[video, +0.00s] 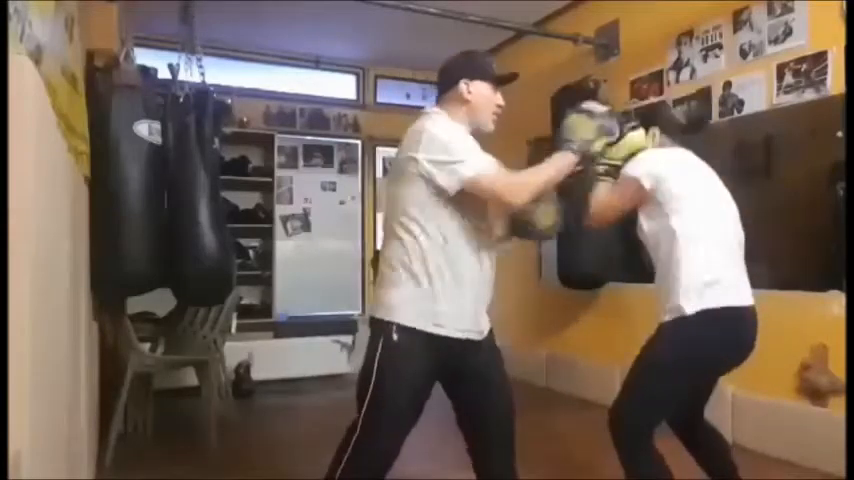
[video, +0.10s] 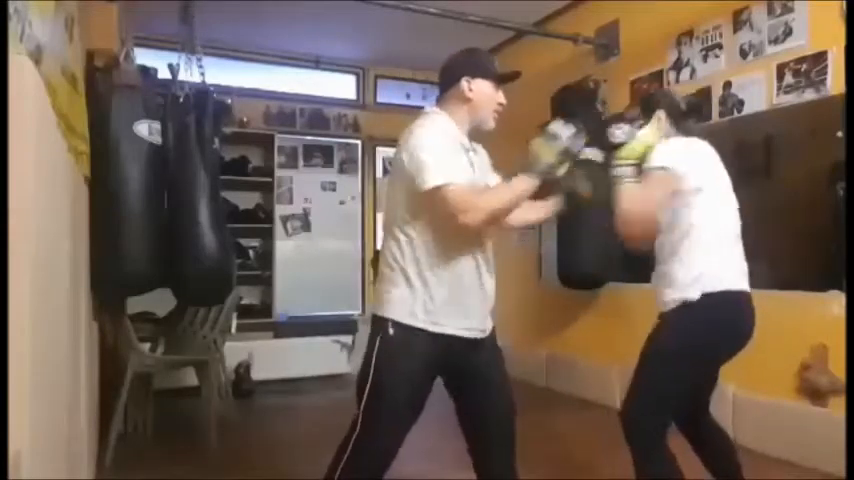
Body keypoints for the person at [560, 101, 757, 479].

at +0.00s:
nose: (619, 151)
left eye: (623, 142)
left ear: (641, 137)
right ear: (667, 136)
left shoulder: (650, 162)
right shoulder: (699, 169)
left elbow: (599, 214)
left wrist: (602, 169)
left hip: (695, 324)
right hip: (737, 322)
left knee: (627, 422)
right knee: (684, 415)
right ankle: (729, 473)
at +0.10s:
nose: (631, 134)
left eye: (635, 124)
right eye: (631, 126)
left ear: (657, 121)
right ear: (678, 120)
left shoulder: (672, 153)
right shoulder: (703, 154)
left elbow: (635, 228)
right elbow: (647, 233)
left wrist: (622, 168)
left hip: (697, 312)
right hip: (729, 307)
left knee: (640, 419)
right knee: (691, 413)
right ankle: (731, 473)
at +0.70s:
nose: (627, 127)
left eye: (635, 117)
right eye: (625, 119)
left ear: (665, 113)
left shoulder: (701, 156)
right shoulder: (648, 165)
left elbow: (665, 230)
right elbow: (611, 231)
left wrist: (647, 172)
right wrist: (605, 181)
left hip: (716, 313)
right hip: (672, 317)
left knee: (654, 418)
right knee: (699, 419)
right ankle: (730, 473)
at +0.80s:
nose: (631, 125)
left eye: (638, 115)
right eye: (628, 117)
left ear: (671, 111)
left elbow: (704, 219)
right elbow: (567, 169)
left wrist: (670, 159)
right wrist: (558, 126)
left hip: (716, 312)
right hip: (667, 317)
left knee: (656, 416)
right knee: (705, 420)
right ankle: (738, 475)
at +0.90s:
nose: (634, 124)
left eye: (640, 113)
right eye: (630, 116)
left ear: (669, 110)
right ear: (631, 121)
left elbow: (734, 179)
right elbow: (585, 172)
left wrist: (680, 139)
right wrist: (570, 146)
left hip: (713, 310)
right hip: (663, 315)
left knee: (656, 417)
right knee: (697, 419)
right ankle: (736, 473)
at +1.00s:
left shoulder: (708, 152)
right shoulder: (653, 175)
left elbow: (719, 117)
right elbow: (627, 221)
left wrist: (668, 111)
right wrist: (602, 188)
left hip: (707, 302)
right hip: (677, 307)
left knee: (652, 414)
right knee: (694, 414)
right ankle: (737, 473)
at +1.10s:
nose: (639, 120)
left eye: (645, 106)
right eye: (639, 106)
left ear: (673, 107)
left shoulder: (695, 139)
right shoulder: (666, 170)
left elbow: (620, 98)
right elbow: (665, 248)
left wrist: (587, 121)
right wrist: (626, 213)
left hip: (705, 305)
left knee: (648, 413)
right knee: (697, 413)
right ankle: (740, 474)